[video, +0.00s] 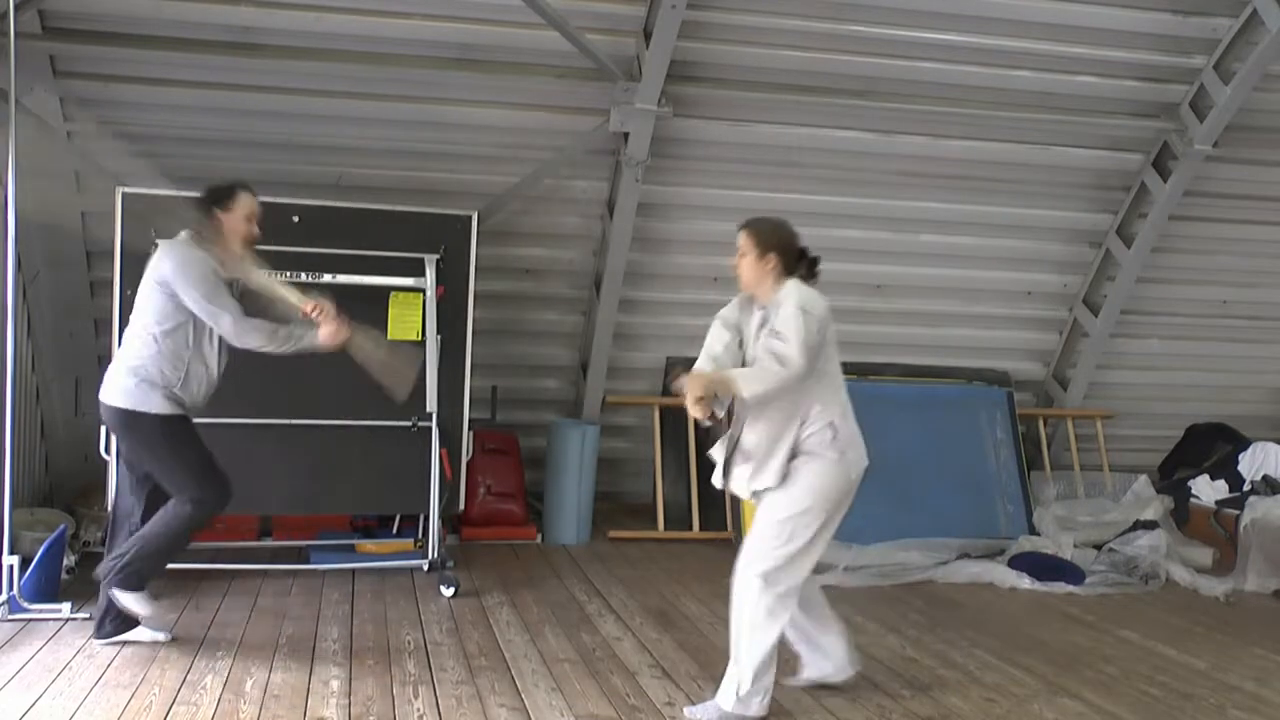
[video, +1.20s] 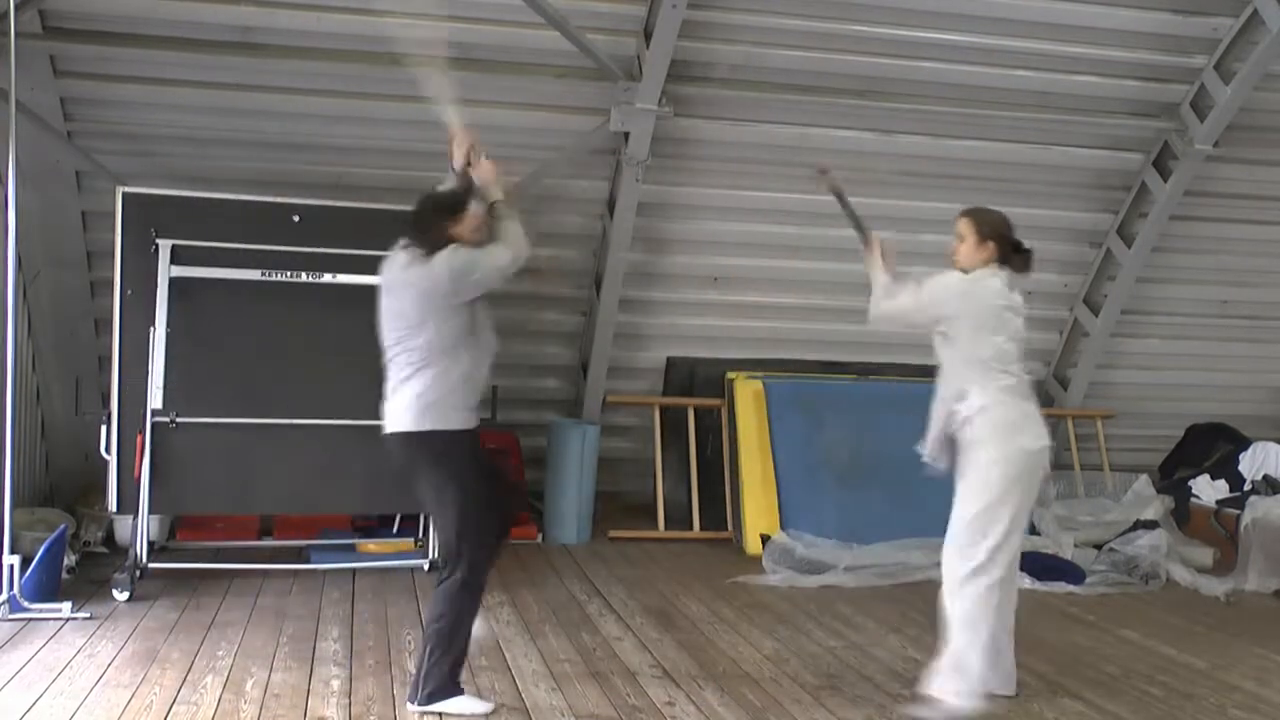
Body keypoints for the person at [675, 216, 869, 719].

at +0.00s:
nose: (734, 264)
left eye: (742, 254)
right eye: (736, 254)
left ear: (770, 261)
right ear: (768, 261)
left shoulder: (802, 303)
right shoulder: (748, 307)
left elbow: (788, 366)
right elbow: (721, 343)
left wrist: (718, 380)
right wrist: (701, 386)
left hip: (825, 456)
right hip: (784, 455)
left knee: (759, 567)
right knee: (776, 562)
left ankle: (742, 699)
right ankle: (831, 660)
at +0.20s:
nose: (776, 258)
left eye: (782, 248)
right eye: (776, 249)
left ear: (811, 253)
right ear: (804, 253)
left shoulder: (831, 301)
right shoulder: (788, 301)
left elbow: (796, 382)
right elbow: (745, 335)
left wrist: (737, 386)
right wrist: (703, 370)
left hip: (851, 452)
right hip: (815, 451)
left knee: (777, 549)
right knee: (778, 555)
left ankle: (813, 680)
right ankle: (789, 683)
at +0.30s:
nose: (790, 251)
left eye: (798, 242)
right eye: (792, 242)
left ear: (826, 248)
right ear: (826, 248)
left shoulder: (838, 297)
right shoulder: (815, 295)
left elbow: (798, 377)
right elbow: (763, 328)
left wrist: (732, 378)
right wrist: (702, 348)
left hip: (856, 450)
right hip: (827, 449)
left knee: (797, 555)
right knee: (795, 557)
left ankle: (867, 665)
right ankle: (816, 668)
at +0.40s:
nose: (810, 246)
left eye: (817, 237)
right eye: (812, 236)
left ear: (845, 242)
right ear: (852, 243)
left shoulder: (836, 293)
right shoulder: (870, 289)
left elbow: (782, 370)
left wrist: (743, 328)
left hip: (857, 448)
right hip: (874, 443)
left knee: (848, 569)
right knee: (821, 557)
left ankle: (916, 683)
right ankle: (820, 669)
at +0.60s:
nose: (840, 240)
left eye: (847, 231)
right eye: (841, 230)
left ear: (874, 239)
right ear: (885, 240)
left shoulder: (855, 293)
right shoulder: (912, 285)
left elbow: (808, 361)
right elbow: (857, 307)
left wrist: (780, 310)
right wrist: (810, 275)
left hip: (881, 449)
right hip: (921, 444)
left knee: (870, 566)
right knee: (890, 558)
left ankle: (909, 701)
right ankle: (903, 665)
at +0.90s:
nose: (897, 243)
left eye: (903, 235)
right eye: (898, 233)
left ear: (931, 240)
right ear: (939, 241)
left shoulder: (902, 289)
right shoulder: (962, 284)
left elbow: (825, 318)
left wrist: (819, 256)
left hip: (917, 451)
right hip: (964, 444)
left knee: (895, 569)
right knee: (959, 552)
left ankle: (909, 701)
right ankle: (988, 658)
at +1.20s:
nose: (953, 248)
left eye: (961, 240)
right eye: (955, 239)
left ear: (987, 248)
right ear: (993, 249)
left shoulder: (965, 289)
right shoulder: (1005, 293)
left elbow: (889, 308)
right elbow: (936, 310)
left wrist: (878, 266)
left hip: (996, 440)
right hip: (1024, 438)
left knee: (966, 561)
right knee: (998, 561)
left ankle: (959, 688)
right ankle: (995, 675)